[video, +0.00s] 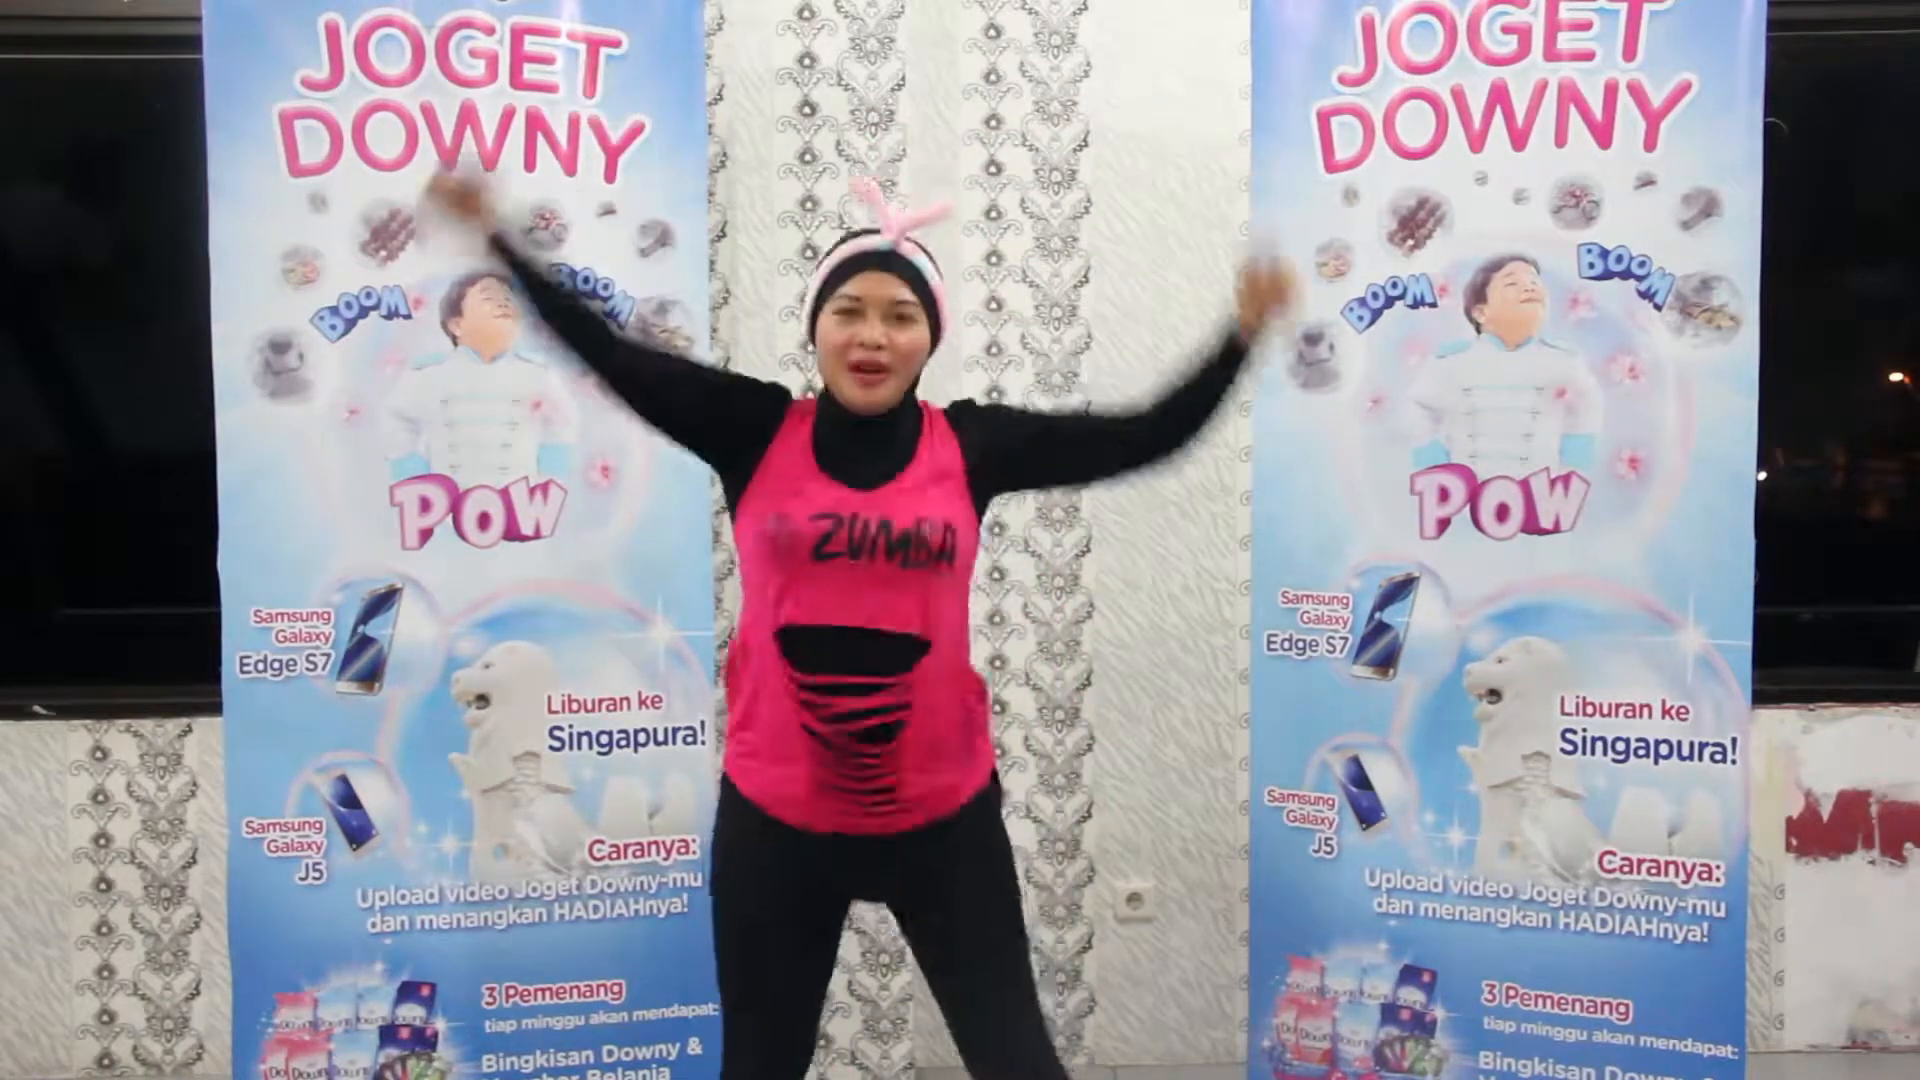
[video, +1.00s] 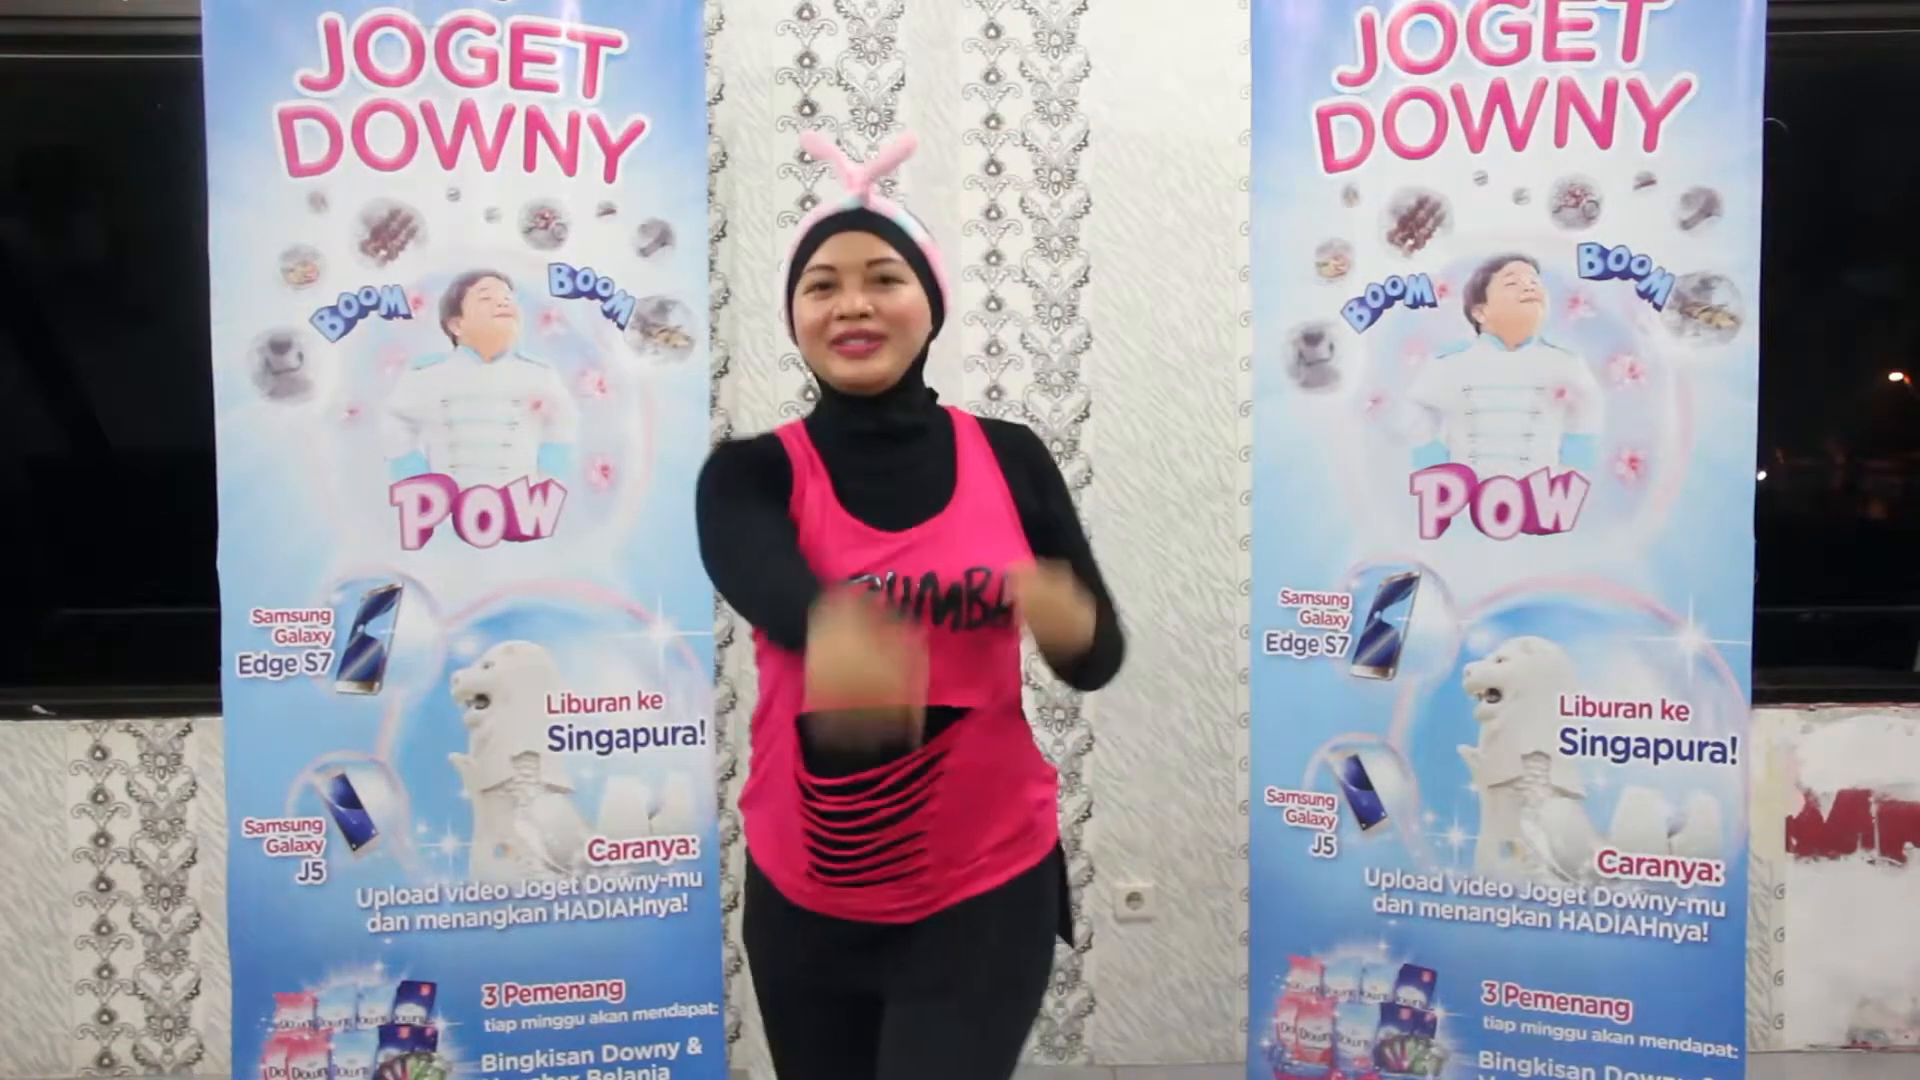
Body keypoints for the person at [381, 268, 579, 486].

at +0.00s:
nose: (503, 305)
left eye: (508, 298)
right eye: (486, 298)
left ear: (518, 317)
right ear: (455, 324)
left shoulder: (537, 377)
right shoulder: (424, 381)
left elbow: (559, 430)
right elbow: (394, 424)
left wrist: (547, 485)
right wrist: (412, 480)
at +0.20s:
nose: (502, 303)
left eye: (508, 296)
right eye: (485, 298)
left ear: (518, 315)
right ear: (455, 324)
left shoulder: (536, 376)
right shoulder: (423, 379)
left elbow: (560, 429)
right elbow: (393, 426)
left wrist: (546, 487)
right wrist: (412, 484)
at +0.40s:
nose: (502, 303)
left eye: (508, 296)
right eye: (485, 297)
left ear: (518, 315)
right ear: (455, 324)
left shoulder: (536, 376)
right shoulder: (423, 379)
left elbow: (560, 427)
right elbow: (393, 426)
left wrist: (547, 485)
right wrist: (412, 483)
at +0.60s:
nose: (503, 301)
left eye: (508, 296)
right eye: (485, 297)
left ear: (518, 314)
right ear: (455, 324)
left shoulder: (539, 376)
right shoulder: (423, 377)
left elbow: (561, 432)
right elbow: (394, 425)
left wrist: (545, 492)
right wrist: (414, 487)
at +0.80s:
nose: (503, 301)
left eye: (508, 296)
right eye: (485, 297)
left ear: (518, 314)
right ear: (455, 324)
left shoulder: (539, 376)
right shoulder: (423, 377)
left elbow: (561, 432)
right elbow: (394, 425)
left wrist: (545, 491)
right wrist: (413, 486)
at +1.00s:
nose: (503, 301)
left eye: (508, 296)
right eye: (485, 297)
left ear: (518, 314)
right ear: (455, 324)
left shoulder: (539, 376)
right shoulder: (423, 377)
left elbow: (561, 431)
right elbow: (394, 425)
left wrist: (545, 491)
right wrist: (414, 486)